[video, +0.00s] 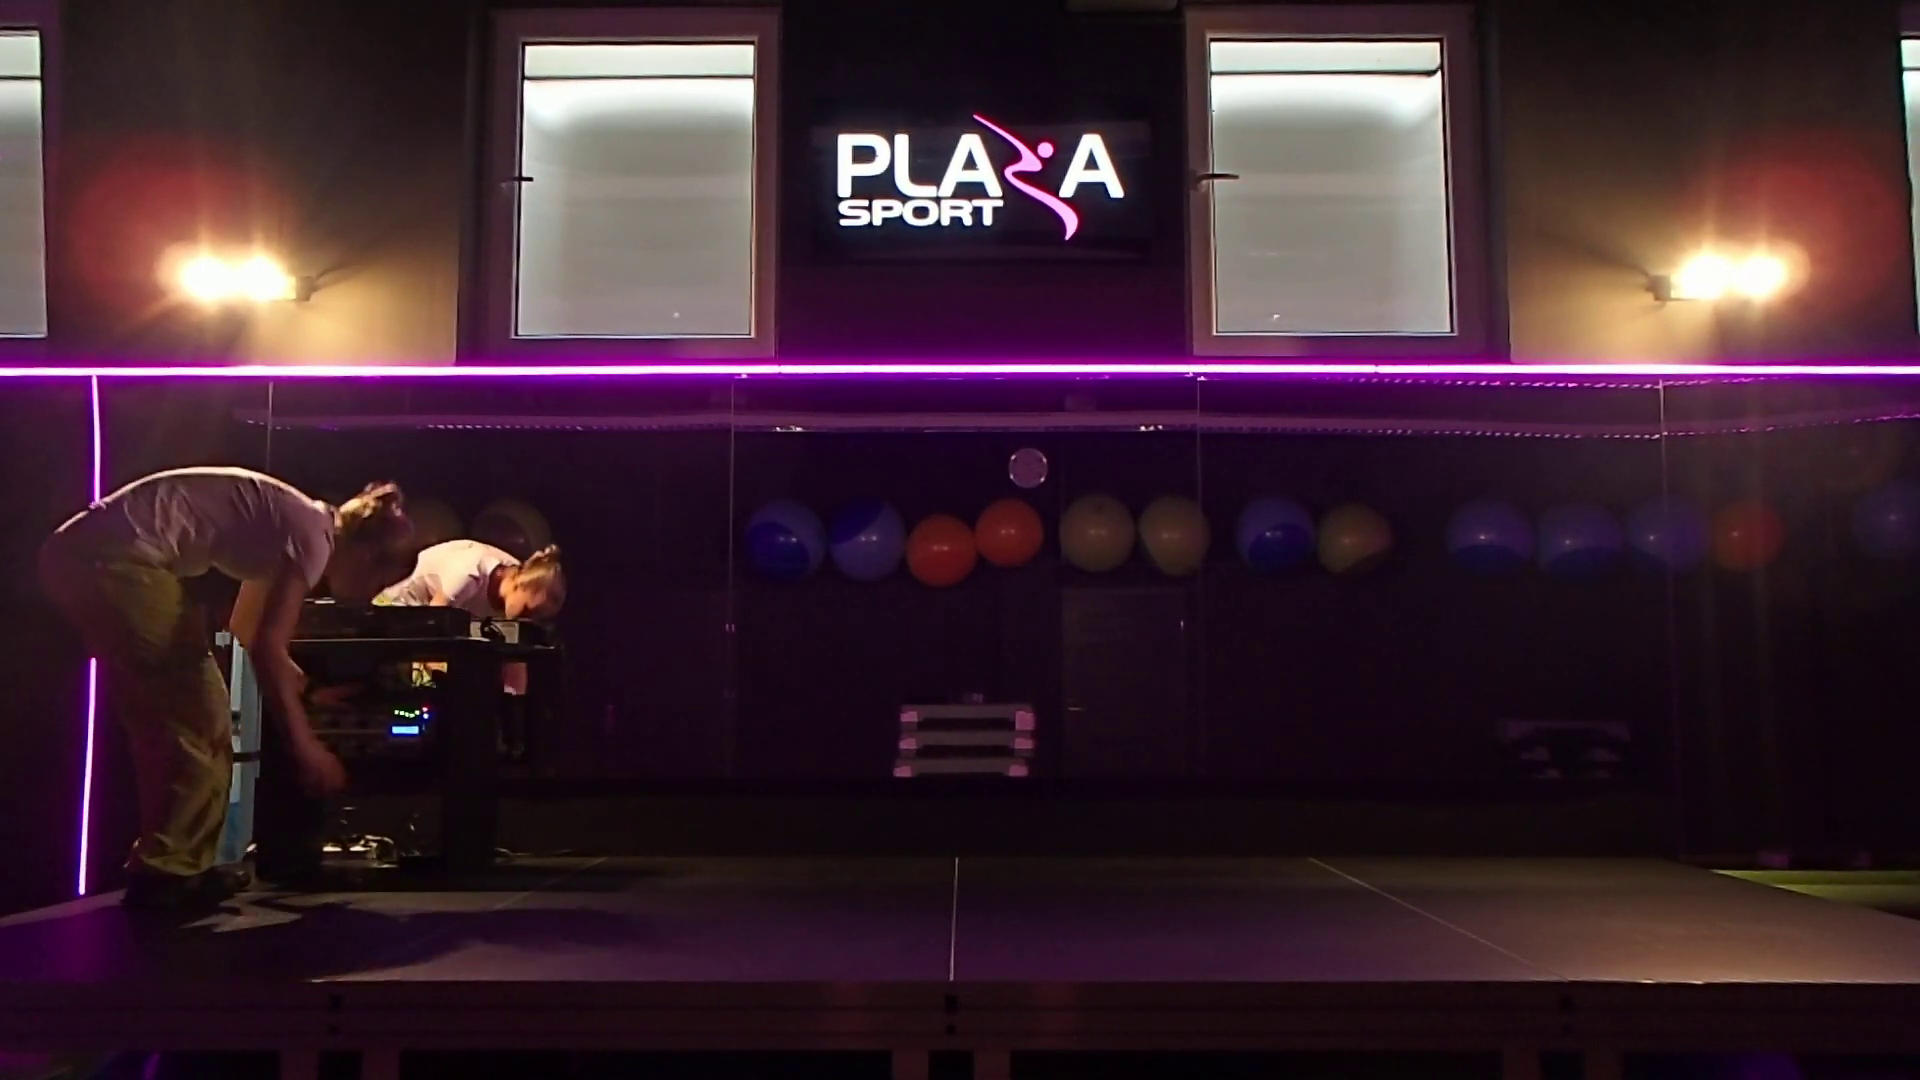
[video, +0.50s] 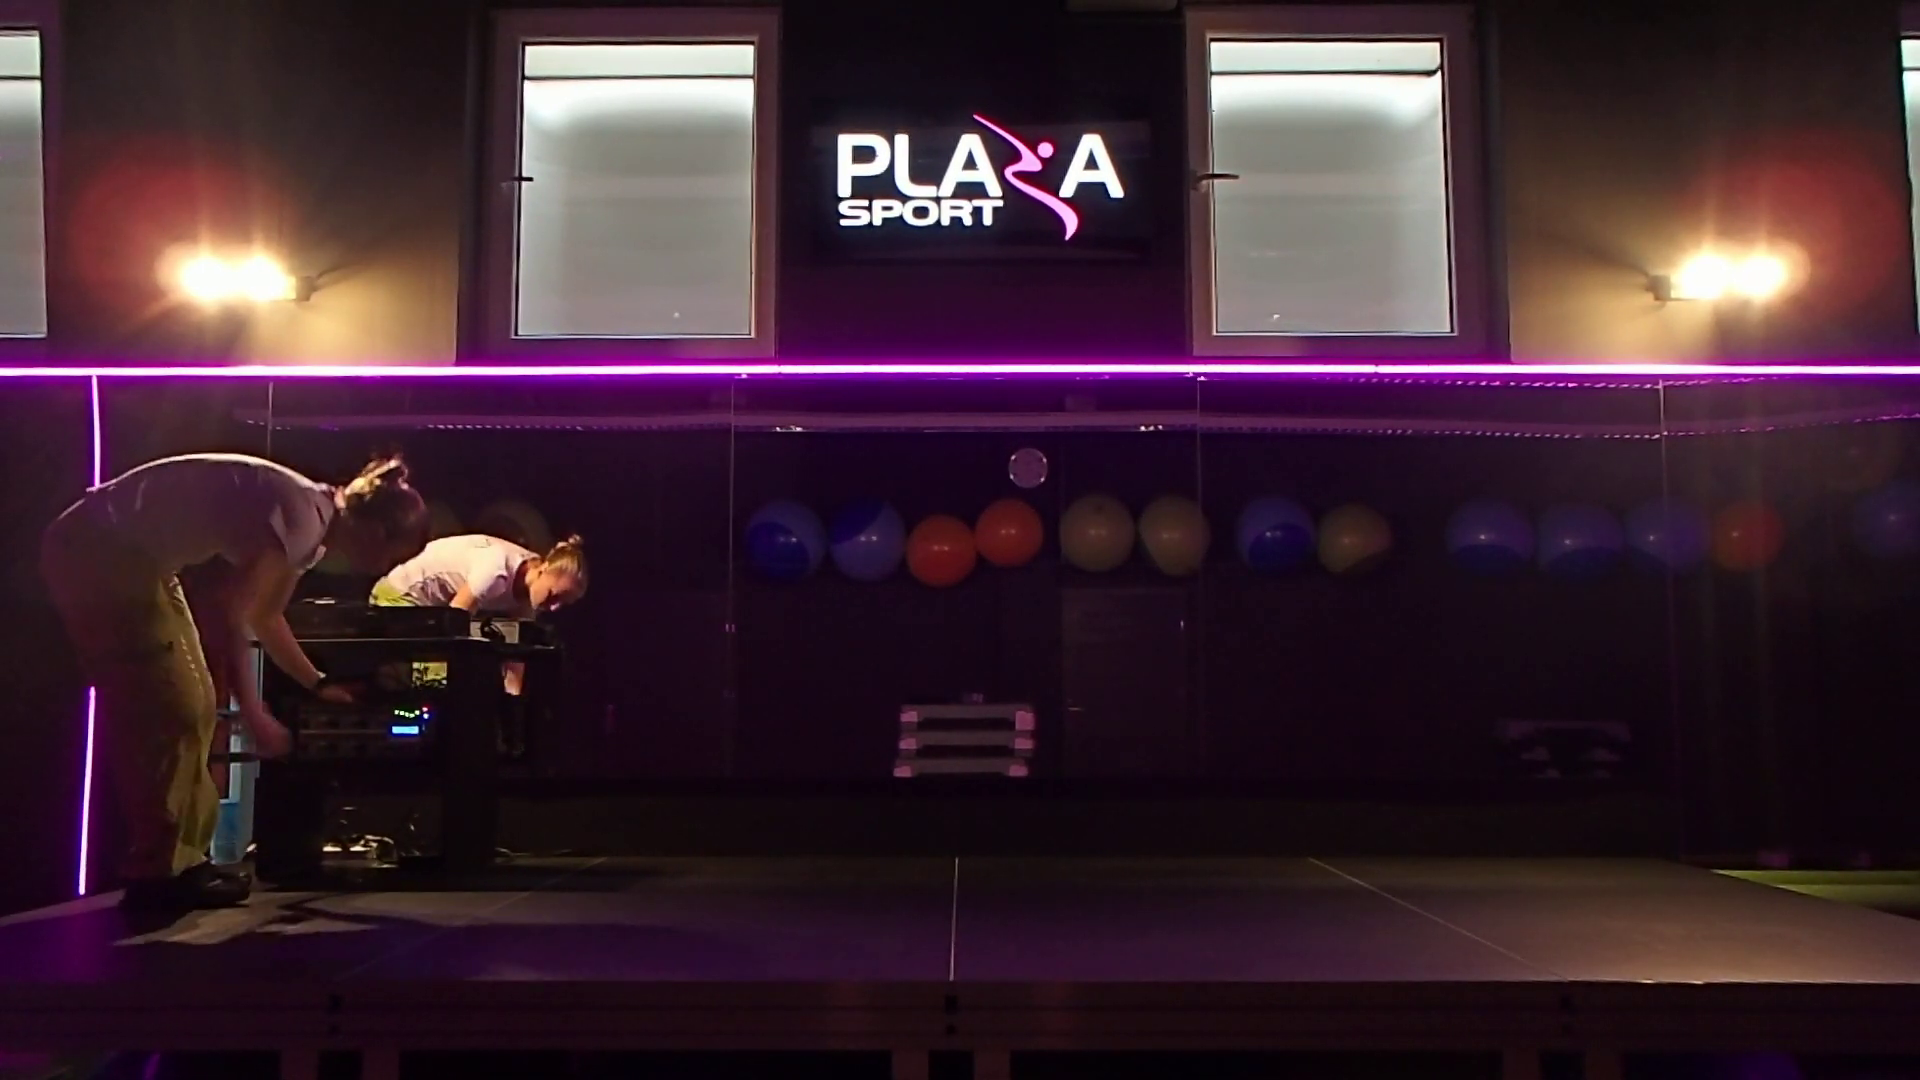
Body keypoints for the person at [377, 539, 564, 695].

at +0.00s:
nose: (526, 619)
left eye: (534, 616)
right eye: (528, 609)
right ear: (518, 582)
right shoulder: (466, 575)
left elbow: (514, 659)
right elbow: (431, 624)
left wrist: (515, 716)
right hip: (397, 609)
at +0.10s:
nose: (536, 606)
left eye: (544, 603)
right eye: (536, 594)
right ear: (523, 568)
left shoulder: (521, 588)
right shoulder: (474, 567)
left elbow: (514, 649)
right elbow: (436, 617)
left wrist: (517, 708)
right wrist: (441, 668)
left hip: (438, 607)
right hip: (395, 601)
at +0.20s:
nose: (547, 594)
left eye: (555, 590)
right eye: (547, 582)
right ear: (532, 557)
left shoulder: (526, 578)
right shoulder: (483, 562)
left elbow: (512, 636)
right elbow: (444, 619)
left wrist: (516, 695)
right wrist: (435, 679)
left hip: (435, 604)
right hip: (395, 598)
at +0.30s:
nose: (553, 590)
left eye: (562, 587)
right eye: (553, 579)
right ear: (539, 554)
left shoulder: (526, 573)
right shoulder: (491, 562)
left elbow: (510, 627)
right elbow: (451, 615)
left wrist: (513, 681)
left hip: (433, 602)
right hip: (396, 595)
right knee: (435, 678)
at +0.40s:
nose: (555, 597)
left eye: (564, 593)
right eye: (555, 585)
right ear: (542, 560)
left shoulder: (528, 581)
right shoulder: (494, 565)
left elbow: (509, 631)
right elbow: (453, 618)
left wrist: (512, 686)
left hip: (436, 604)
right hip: (397, 596)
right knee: (437, 676)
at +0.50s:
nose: (554, 606)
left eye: (562, 603)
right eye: (554, 594)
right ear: (539, 569)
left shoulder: (529, 595)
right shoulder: (493, 570)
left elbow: (515, 658)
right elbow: (451, 618)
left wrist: (514, 711)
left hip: (439, 608)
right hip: (397, 597)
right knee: (436, 677)